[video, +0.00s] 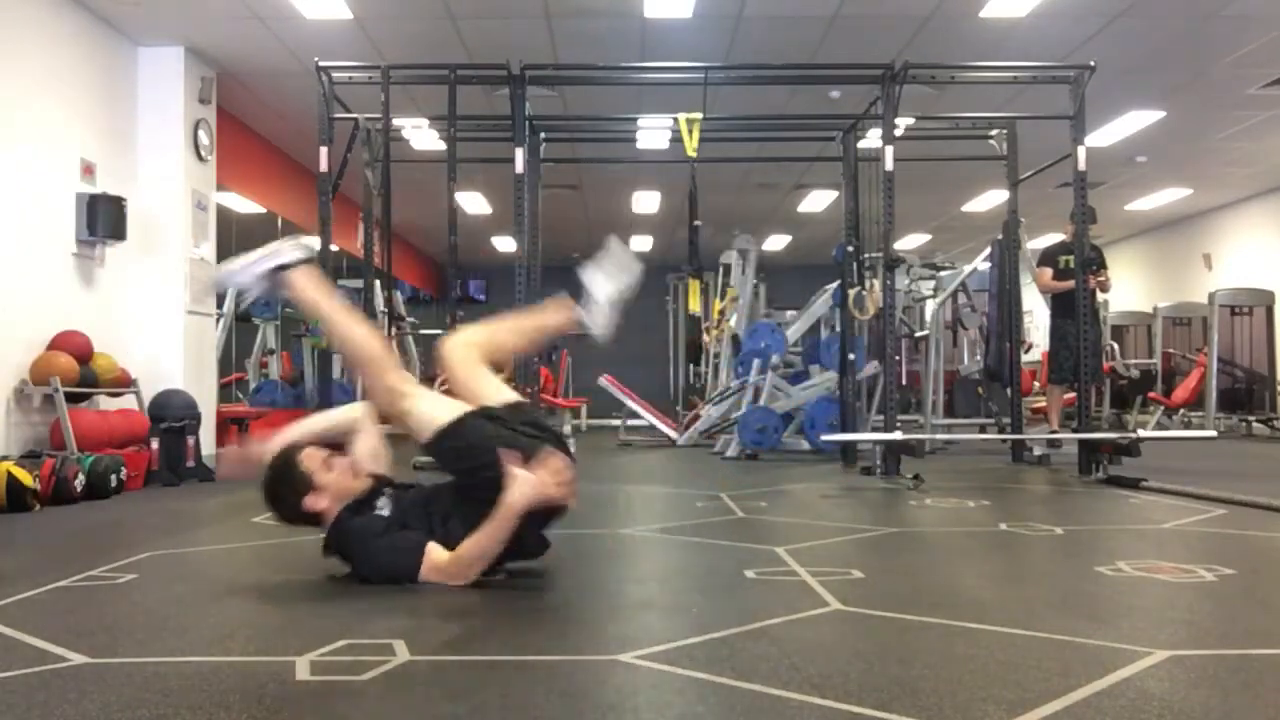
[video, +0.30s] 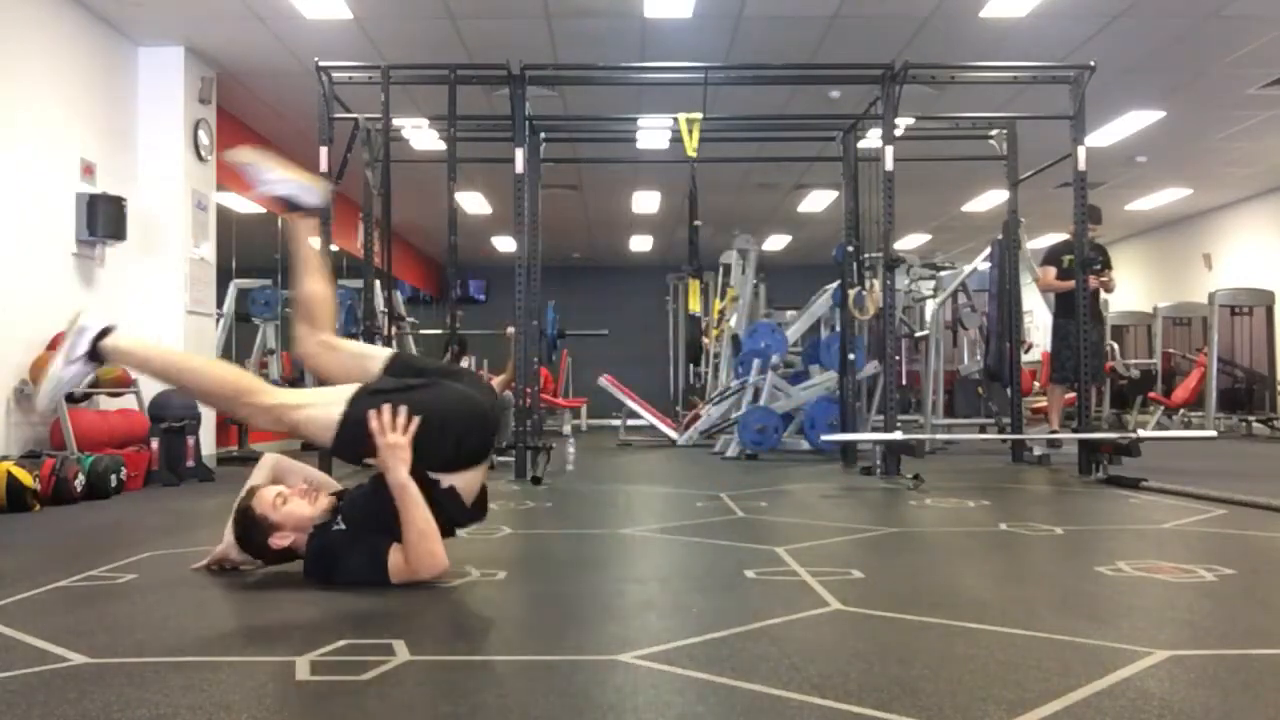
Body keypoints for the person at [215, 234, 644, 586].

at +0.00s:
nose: (344, 459)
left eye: (336, 456)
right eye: (329, 463)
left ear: (344, 467)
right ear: (317, 500)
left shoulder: (375, 494)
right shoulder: (359, 536)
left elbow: (365, 418)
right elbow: (453, 572)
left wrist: (284, 437)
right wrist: (517, 501)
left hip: (536, 455)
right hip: (512, 481)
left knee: (458, 347)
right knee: (391, 386)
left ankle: (583, 309)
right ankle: (293, 272)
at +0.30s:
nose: (285, 487)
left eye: (275, 492)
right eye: (277, 501)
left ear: (287, 501)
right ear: (287, 531)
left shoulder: (342, 504)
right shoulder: (332, 557)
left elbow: (275, 464)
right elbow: (433, 567)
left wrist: (234, 534)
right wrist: (400, 476)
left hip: (452, 397)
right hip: (461, 423)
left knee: (312, 342)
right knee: (268, 405)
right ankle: (103, 343)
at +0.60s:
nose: (271, 500)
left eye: (266, 501)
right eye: (265, 515)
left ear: (282, 497)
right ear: (277, 548)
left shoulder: (322, 508)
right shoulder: (324, 557)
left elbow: (261, 461)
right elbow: (417, 562)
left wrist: (228, 540)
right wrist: (363, 474)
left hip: (402, 370)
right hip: (406, 400)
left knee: (253, 373)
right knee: (209, 452)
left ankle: (168, 260)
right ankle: (28, 418)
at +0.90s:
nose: (253, 521)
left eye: (248, 524)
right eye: (252, 534)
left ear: (256, 518)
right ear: (270, 560)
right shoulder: (328, 563)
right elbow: (405, 566)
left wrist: (211, 552)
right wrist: (323, 498)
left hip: (319, 355)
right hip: (333, 386)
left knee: (182, 401)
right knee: (183, 543)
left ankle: (78, 309)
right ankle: (11, 528)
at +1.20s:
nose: (245, 536)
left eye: (245, 538)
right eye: (251, 537)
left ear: (248, 528)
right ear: (280, 546)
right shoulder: (313, 562)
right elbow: (395, 574)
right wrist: (298, 522)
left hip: (262, 354)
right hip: (286, 383)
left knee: (133, 416)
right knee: (159, 563)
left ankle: (27, 338)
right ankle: (6, 538)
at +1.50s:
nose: (296, 551)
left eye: (301, 557)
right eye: (308, 557)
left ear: (298, 556)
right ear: (331, 559)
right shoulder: (347, 552)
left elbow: (214, 448)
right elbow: (392, 579)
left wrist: (220, 551)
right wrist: (297, 521)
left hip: (252, 356)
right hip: (270, 389)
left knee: (134, 435)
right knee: (162, 577)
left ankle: (41, 319)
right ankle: (5, 541)